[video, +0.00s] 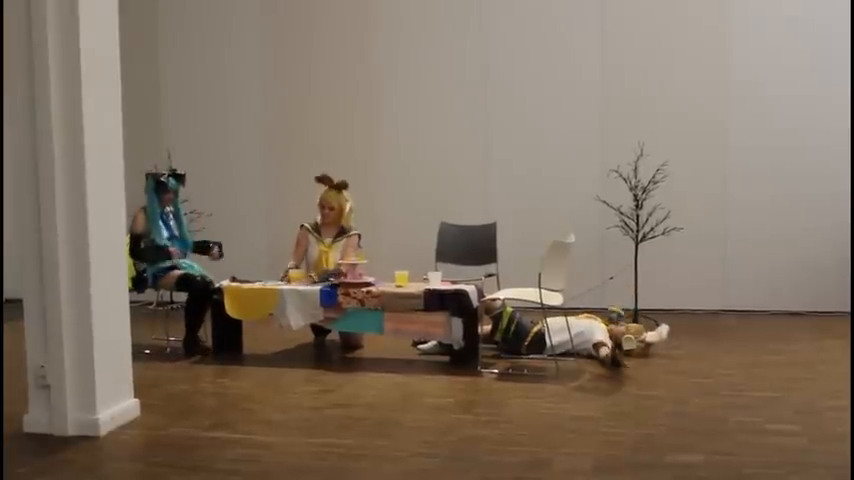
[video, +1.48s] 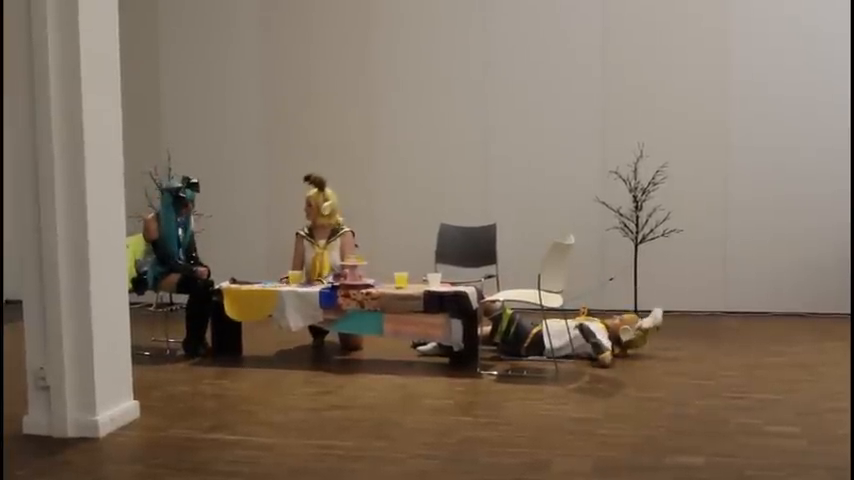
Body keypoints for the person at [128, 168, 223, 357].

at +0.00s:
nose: (171, 197)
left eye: (173, 193)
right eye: (167, 192)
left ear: (174, 194)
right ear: (158, 193)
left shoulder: (170, 213)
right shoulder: (144, 215)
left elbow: (179, 244)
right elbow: (136, 250)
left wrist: (205, 248)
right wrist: (166, 253)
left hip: (175, 265)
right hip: (156, 269)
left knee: (208, 287)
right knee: (198, 285)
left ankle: (193, 338)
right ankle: (190, 340)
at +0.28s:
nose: (173, 192)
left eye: (175, 188)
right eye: (168, 188)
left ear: (177, 190)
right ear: (158, 190)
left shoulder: (177, 212)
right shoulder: (145, 213)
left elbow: (187, 239)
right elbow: (157, 248)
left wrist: (199, 250)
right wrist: (187, 255)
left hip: (181, 264)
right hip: (161, 267)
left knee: (208, 284)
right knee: (198, 284)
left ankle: (200, 337)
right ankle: (192, 340)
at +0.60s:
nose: (183, 199)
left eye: (184, 195)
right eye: (179, 194)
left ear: (184, 196)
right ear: (168, 195)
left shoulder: (182, 215)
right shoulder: (151, 217)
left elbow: (188, 250)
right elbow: (162, 254)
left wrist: (199, 265)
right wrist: (191, 269)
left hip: (178, 266)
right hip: (157, 270)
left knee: (206, 284)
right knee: (199, 285)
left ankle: (199, 337)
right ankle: (192, 340)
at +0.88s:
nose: (186, 202)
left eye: (187, 198)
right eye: (182, 199)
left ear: (188, 200)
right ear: (172, 198)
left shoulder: (184, 218)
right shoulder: (153, 218)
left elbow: (190, 252)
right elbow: (165, 257)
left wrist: (201, 265)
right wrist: (193, 269)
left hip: (179, 267)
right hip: (158, 271)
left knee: (207, 284)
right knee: (200, 285)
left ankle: (200, 338)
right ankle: (193, 340)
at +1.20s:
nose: (186, 206)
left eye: (188, 202)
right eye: (183, 202)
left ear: (190, 202)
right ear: (172, 199)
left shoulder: (186, 218)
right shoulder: (154, 220)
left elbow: (192, 252)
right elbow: (165, 259)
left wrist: (200, 267)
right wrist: (193, 271)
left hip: (182, 268)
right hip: (161, 272)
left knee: (207, 285)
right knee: (199, 285)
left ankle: (199, 340)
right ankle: (192, 342)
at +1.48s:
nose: (189, 208)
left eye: (190, 204)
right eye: (186, 204)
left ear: (190, 204)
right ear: (174, 203)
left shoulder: (185, 222)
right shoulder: (153, 222)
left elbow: (191, 254)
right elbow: (165, 260)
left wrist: (200, 268)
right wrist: (192, 271)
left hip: (179, 269)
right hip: (159, 273)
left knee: (206, 285)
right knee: (198, 286)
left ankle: (199, 340)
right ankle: (192, 342)